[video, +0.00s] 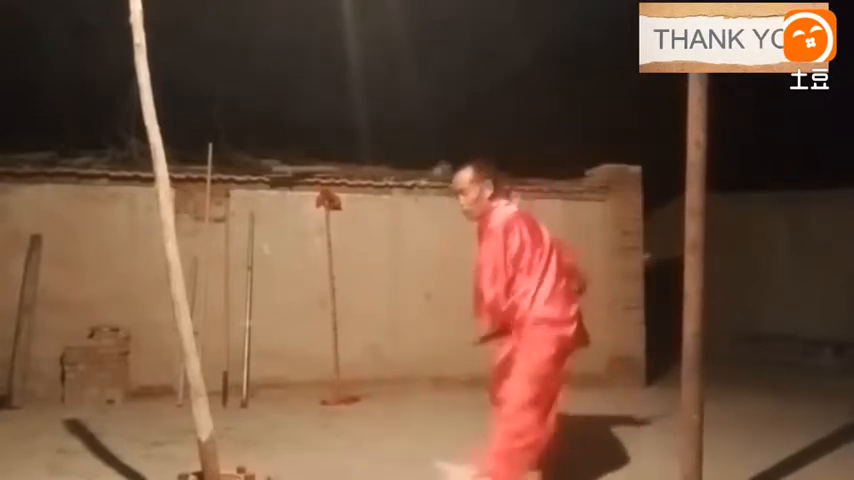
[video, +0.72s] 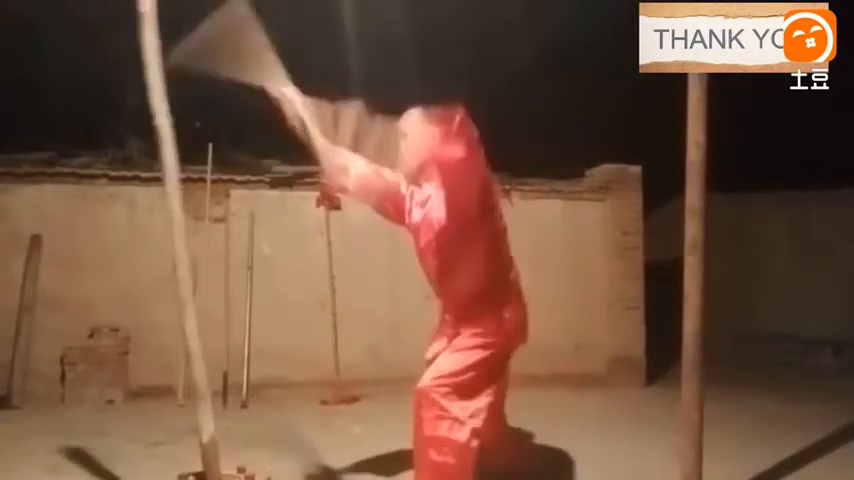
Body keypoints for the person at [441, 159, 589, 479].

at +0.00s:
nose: (462, 202)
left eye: (466, 193)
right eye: (459, 194)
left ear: (487, 188)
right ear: (485, 191)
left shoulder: (498, 222)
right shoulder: (517, 217)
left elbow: (492, 289)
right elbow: (568, 267)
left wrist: (498, 326)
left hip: (541, 323)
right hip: (556, 320)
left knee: (518, 398)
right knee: (529, 396)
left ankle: (500, 469)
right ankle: (528, 462)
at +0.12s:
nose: (455, 196)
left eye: (459, 186)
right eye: (453, 188)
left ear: (482, 183)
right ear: (481, 185)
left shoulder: (493, 220)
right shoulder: (512, 217)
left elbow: (475, 283)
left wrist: (456, 310)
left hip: (525, 338)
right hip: (545, 337)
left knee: (473, 395)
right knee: (517, 417)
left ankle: (472, 472)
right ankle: (508, 472)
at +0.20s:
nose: (449, 187)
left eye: (454, 177)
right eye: (447, 178)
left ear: (479, 174)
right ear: (477, 176)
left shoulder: (488, 214)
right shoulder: (503, 209)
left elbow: (447, 262)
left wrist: (422, 297)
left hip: (518, 337)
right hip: (526, 335)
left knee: (460, 393)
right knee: (519, 425)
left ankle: (457, 472)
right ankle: (534, 478)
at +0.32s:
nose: (440, 176)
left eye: (445, 165)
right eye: (439, 166)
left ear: (471, 162)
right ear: (469, 164)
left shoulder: (483, 197)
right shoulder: (493, 195)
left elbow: (432, 238)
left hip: (513, 334)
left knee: (450, 393)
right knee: (519, 428)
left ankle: (447, 473)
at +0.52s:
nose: (418, 162)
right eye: (414, 156)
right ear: (413, 160)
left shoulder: (475, 181)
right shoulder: (429, 205)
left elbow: (439, 121)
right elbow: (371, 205)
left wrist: (367, 126)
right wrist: (311, 188)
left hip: (504, 319)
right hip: (471, 323)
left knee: (438, 392)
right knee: (461, 401)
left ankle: (436, 473)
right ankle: (526, 461)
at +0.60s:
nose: (400, 144)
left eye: (409, 133)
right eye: (399, 136)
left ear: (434, 136)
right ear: (403, 145)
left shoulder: (466, 182)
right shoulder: (408, 194)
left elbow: (444, 116)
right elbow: (350, 168)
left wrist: (373, 98)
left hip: (497, 308)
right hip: (462, 311)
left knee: (437, 393)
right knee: (464, 399)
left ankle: (443, 475)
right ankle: (524, 464)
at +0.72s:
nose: (401, 146)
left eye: (410, 135)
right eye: (403, 136)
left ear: (439, 139)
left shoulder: (464, 193)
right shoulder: (415, 200)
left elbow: (459, 154)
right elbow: (353, 173)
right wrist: (308, 128)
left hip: (492, 321)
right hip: (457, 320)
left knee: (436, 392)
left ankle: (442, 472)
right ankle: (505, 458)